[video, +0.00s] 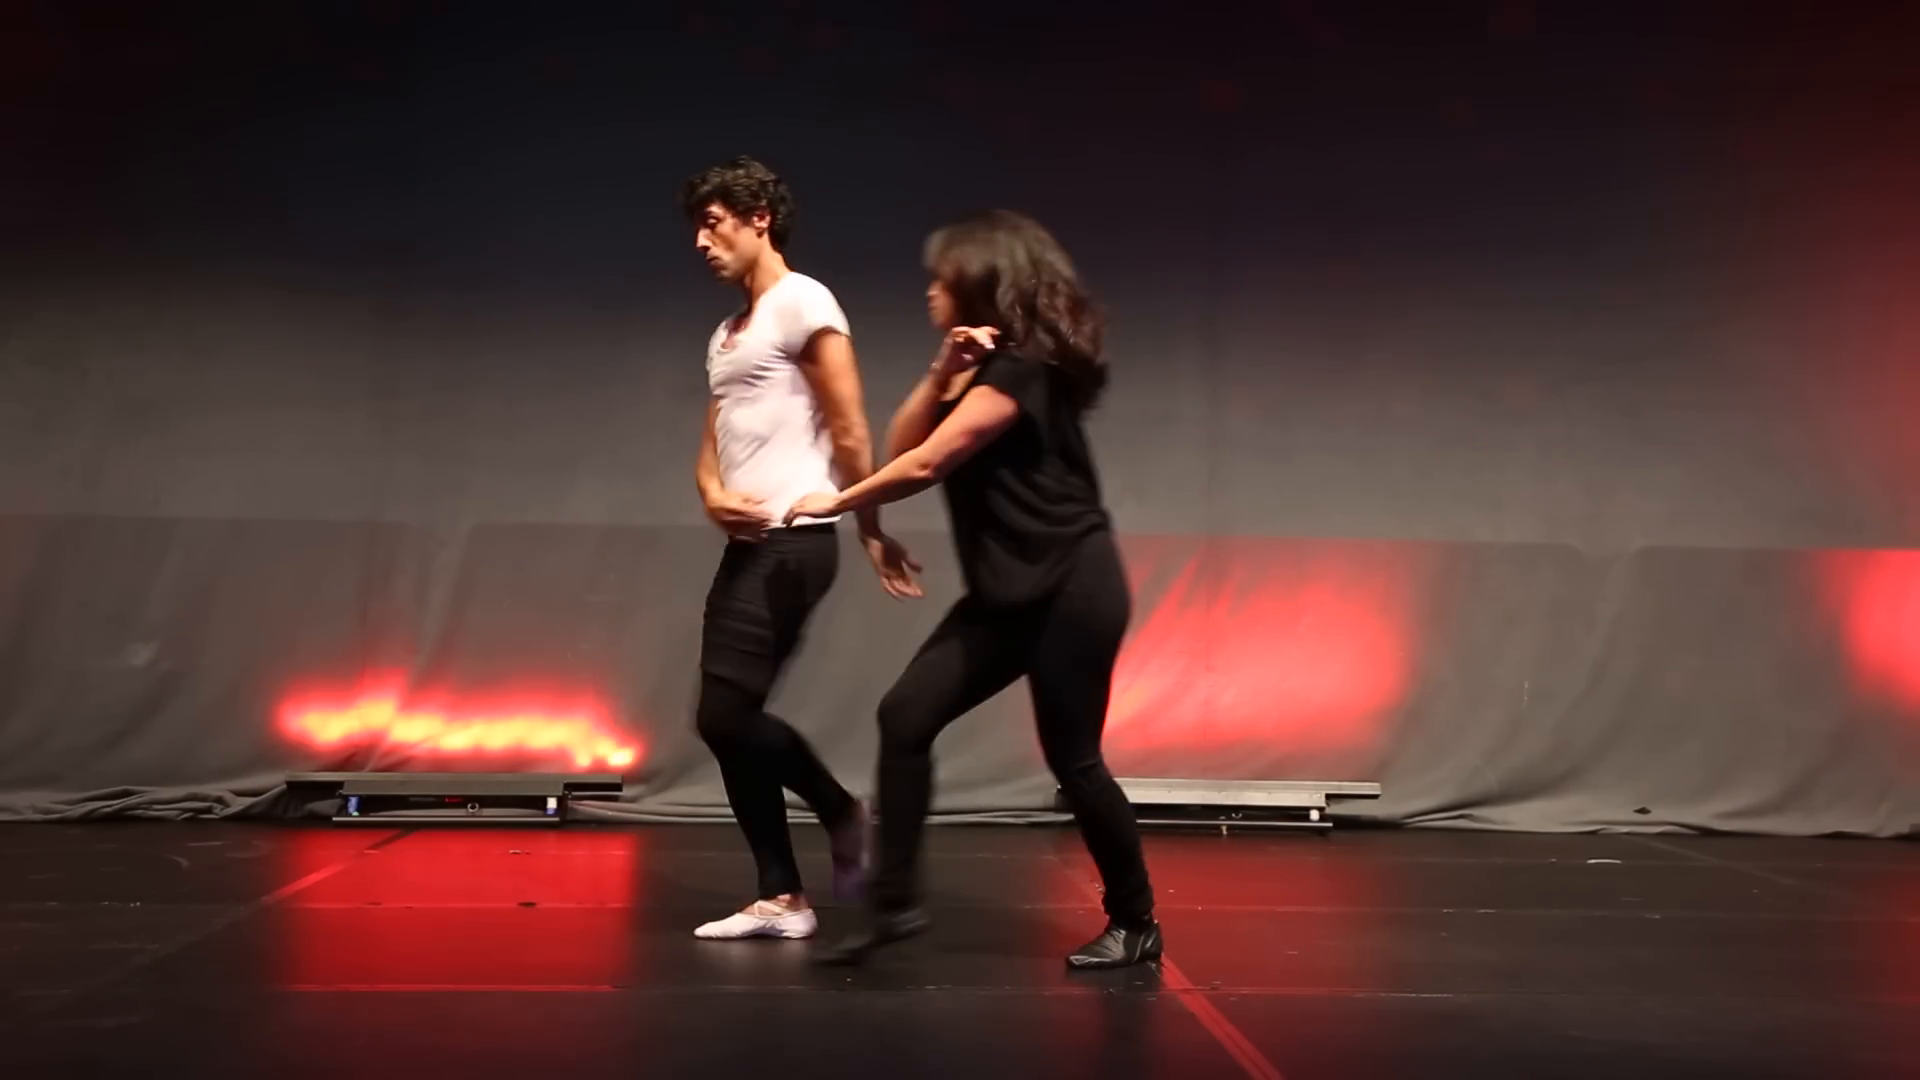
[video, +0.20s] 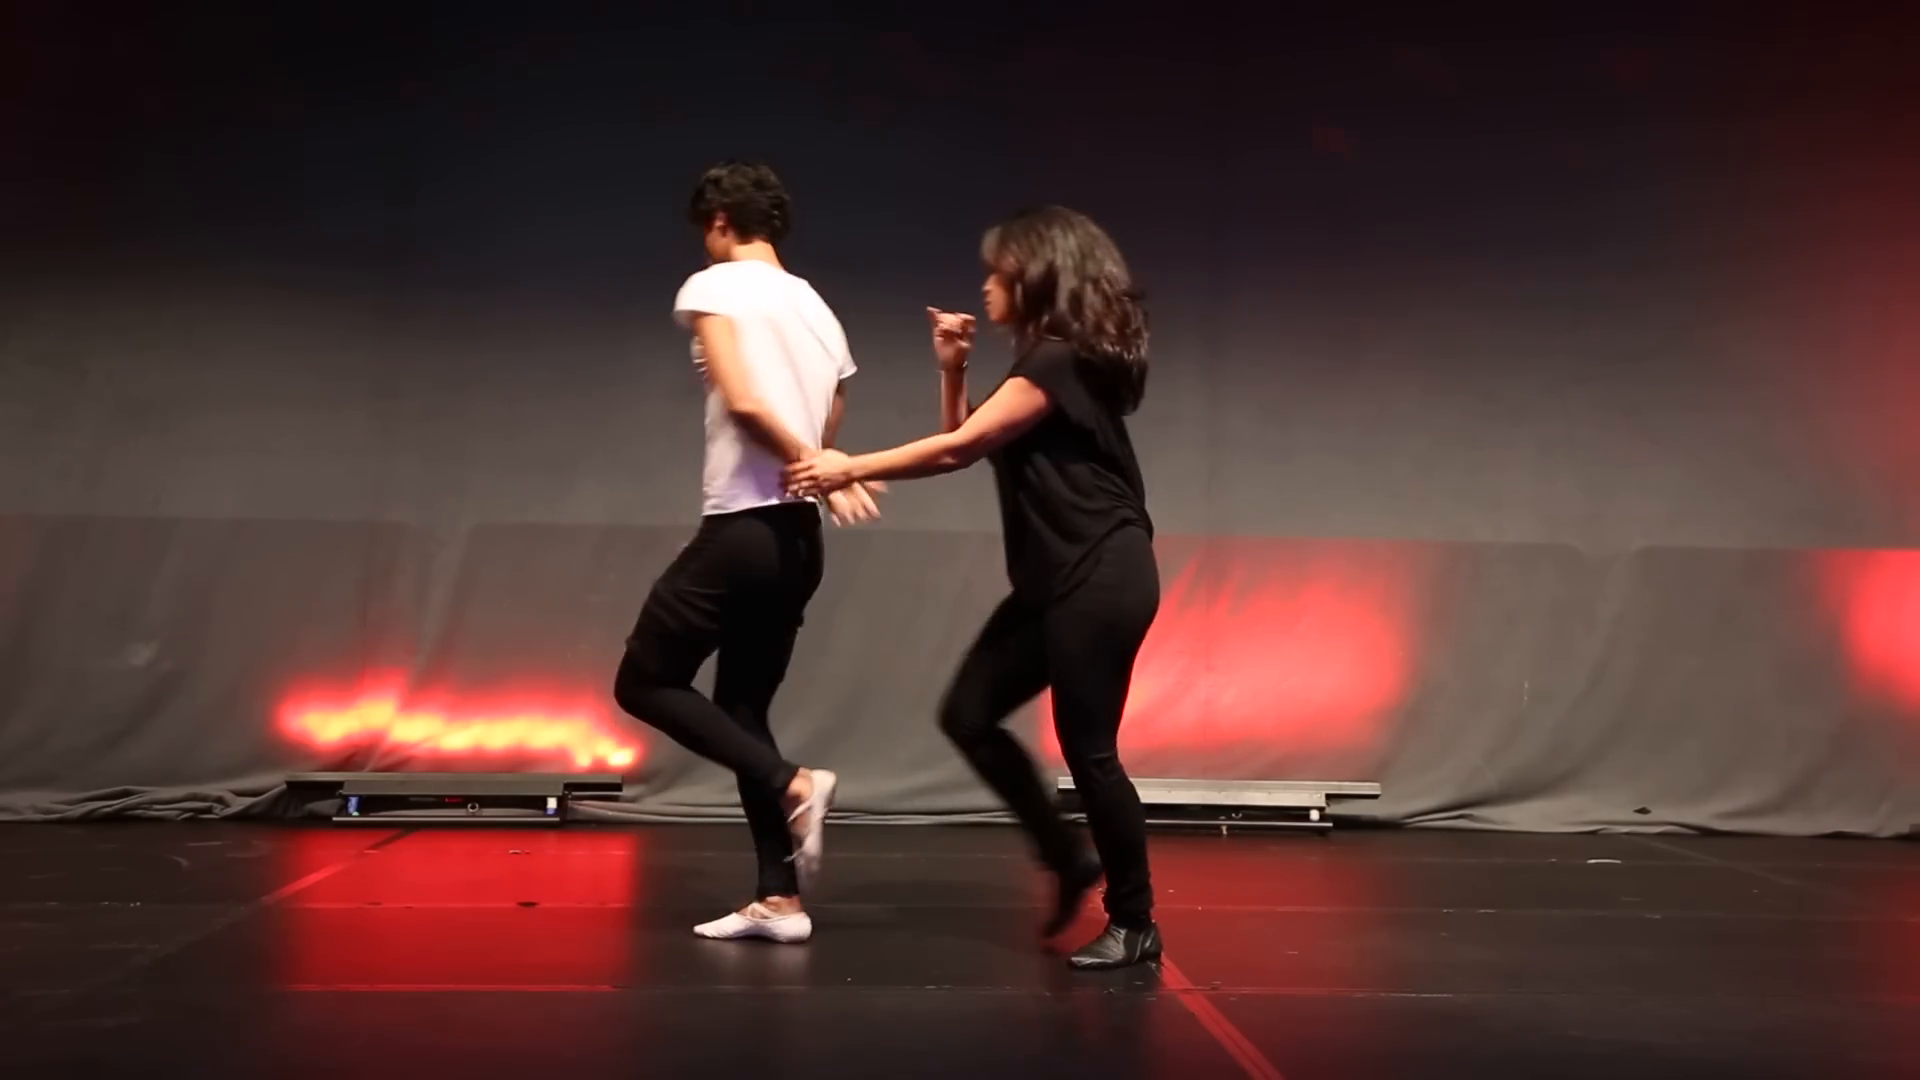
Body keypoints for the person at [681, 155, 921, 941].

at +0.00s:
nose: (703, 242)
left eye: (715, 225)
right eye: (699, 229)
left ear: (760, 222)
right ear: (723, 235)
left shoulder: (805, 302)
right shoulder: (729, 333)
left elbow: (849, 429)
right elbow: (713, 440)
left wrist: (875, 532)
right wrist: (711, 494)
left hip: (794, 538)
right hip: (748, 541)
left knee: (730, 714)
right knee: (724, 718)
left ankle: (847, 820)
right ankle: (782, 897)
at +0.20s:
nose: (704, 242)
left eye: (704, 231)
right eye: (705, 231)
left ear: (720, 228)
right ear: (777, 230)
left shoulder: (714, 286)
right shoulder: (823, 317)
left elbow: (741, 398)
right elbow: (819, 441)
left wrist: (817, 465)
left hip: (739, 534)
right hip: (796, 541)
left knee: (644, 683)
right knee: (742, 711)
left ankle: (788, 785)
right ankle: (779, 899)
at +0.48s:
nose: (797, 240)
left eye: (796, 230)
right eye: (797, 230)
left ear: (719, 220)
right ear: (781, 226)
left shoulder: (660, 285)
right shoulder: (816, 312)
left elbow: (623, 393)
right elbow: (865, 446)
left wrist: (733, 429)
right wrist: (914, 509)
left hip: (705, 527)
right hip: (788, 531)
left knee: (692, 714)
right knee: (771, 712)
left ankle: (761, 867)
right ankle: (783, 905)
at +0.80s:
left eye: (684, 196)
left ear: (683, 200)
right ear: (756, 221)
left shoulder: (665, 260)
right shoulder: (765, 310)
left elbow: (696, 357)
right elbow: (743, 453)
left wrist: (741, 453)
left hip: (703, 530)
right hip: (741, 533)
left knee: (650, 722)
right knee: (643, 710)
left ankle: (734, 932)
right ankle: (742, 858)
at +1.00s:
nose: (654, 167)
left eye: (674, 153)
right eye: (650, 156)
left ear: (722, 174)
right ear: (646, 179)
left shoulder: (763, 254)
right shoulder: (615, 296)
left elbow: (845, 363)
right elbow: (594, 427)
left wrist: (790, 459)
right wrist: (563, 521)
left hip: (714, 526)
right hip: (615, 526)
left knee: (682, 737)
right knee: (593, 727)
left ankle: (722, 929)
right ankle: (584, 939)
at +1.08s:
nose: (720, 167)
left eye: (728, 156)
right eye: (704, 150)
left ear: (734, 176)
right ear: (654, 163)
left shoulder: (762, 268)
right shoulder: (589, 280)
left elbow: (842, 365)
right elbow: (561, 415)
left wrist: (812, 420)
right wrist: (565, 529)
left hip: (721, 528)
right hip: (621, 523)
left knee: (697, 737)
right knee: (617, 726)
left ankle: (667, 929)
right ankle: (568, 953)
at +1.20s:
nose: (738, 195)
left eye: (738, 178)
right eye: (733, 177)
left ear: (690, 176)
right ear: (699, 173)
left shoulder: (701, 278)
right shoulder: (626, 265)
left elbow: (789, 351)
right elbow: (575, 403)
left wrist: (855, 316)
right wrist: (606, 534)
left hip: (693, 528)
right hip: (634, 525)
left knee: (700, 738)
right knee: (633, 735)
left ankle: (601, 925)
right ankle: (558, 959)